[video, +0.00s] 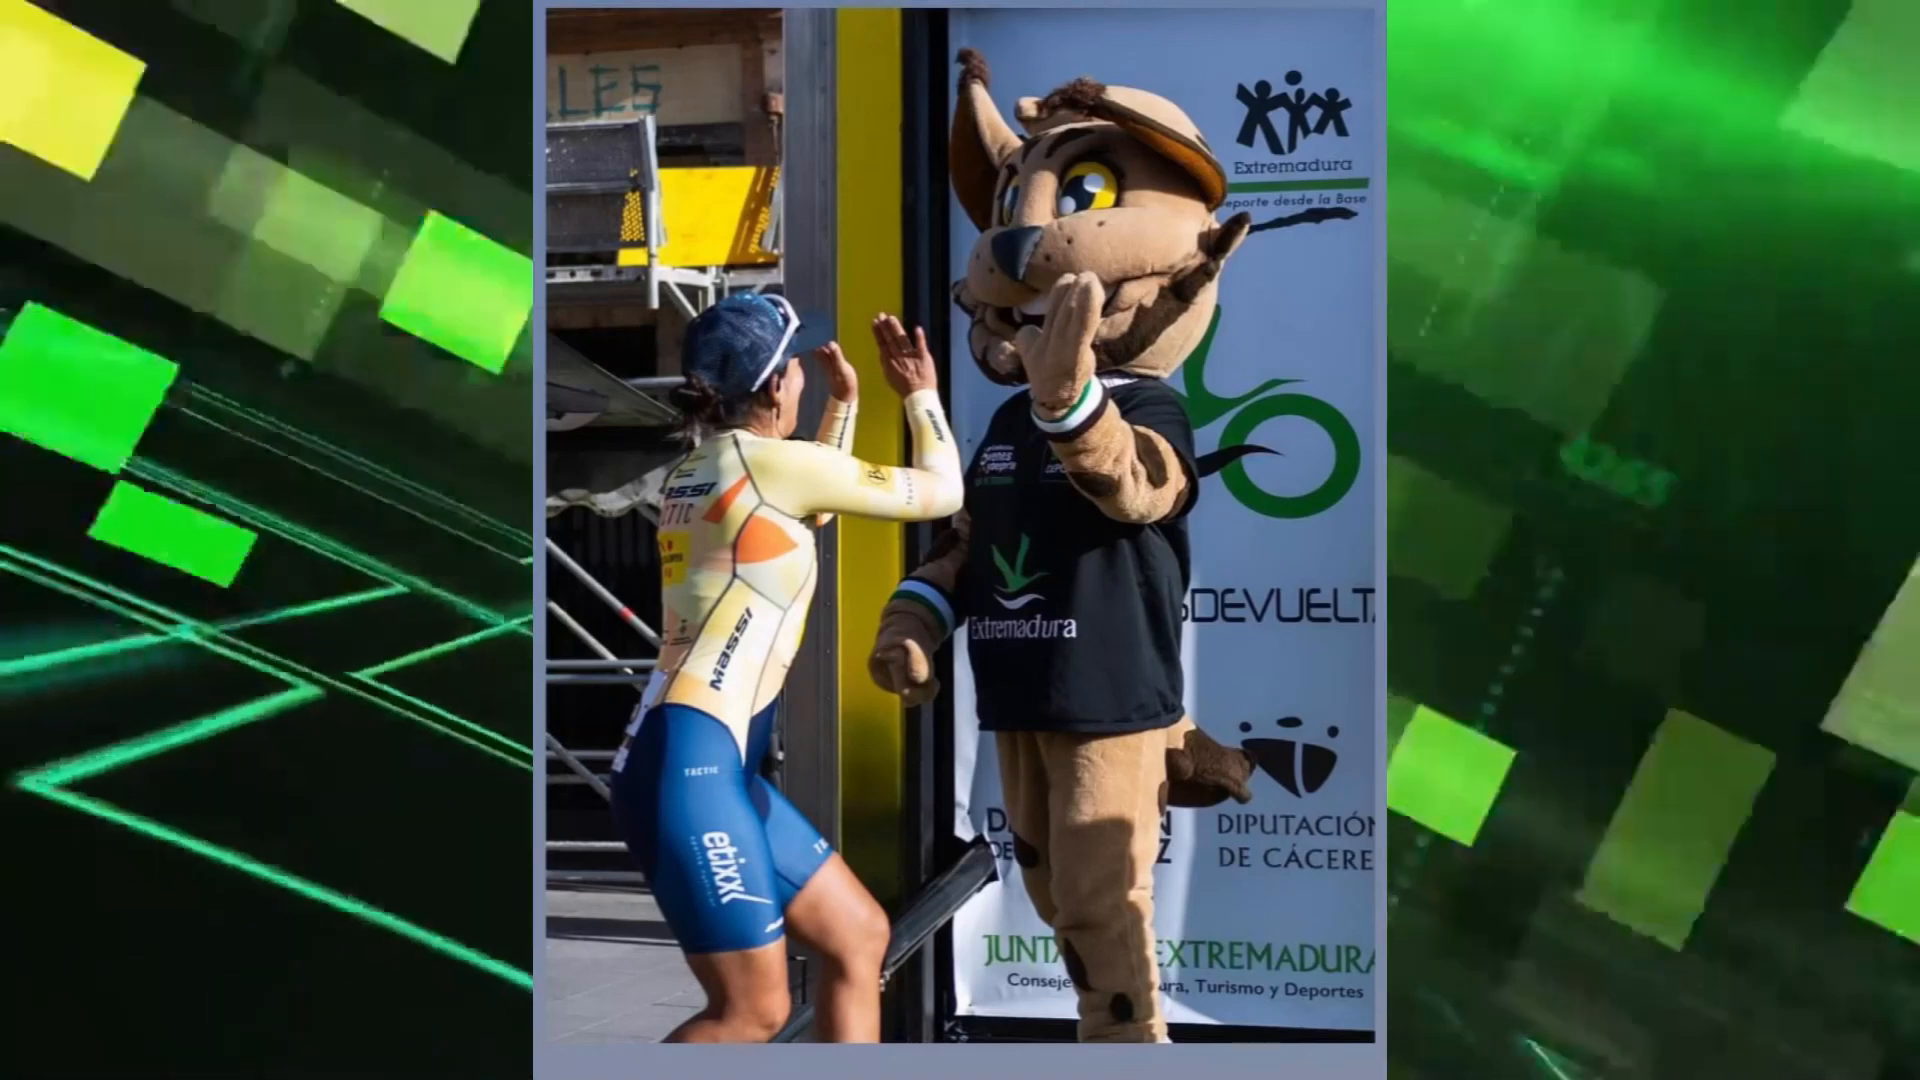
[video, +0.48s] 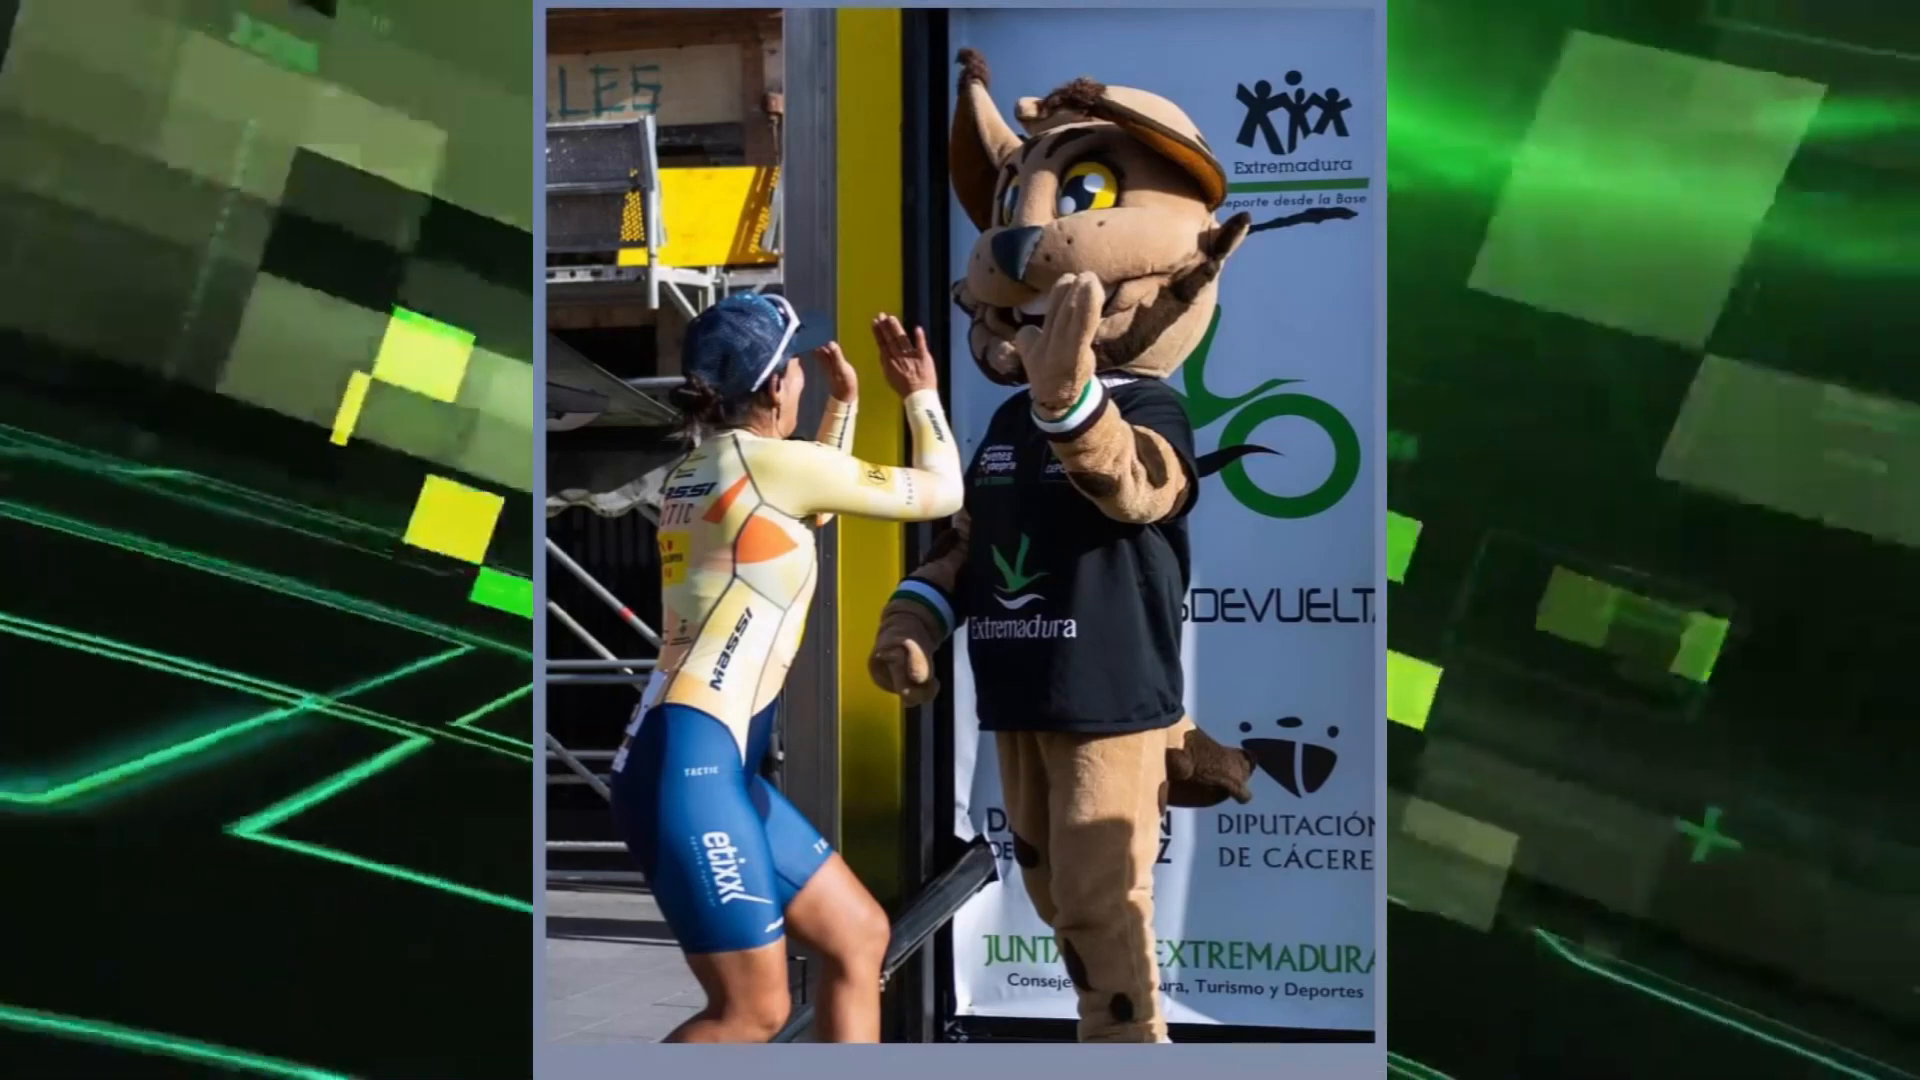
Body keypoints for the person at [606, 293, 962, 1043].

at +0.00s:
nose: (804, 376)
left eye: (800, 362)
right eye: (797, 363)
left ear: (714, 388)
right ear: (777, 380)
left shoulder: (693, 471)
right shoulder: (779, 465)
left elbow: (798, 495)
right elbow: (938, 492)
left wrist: (840, 413)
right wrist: (924, 396)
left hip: (714, 769)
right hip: (686, 774)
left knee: (860, 934)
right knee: (754, 1010)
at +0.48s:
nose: (804, 378)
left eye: (800, 363)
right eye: (797, 364)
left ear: (714, 387)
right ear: (777, 380)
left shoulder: (695, 471)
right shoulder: (779, 465)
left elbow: (801, 497)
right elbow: (939, 492)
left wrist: (841, 411)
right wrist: (924, 396)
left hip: (715, 769)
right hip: (686, 774)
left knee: (860, 933)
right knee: (754, 1009)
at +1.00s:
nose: (804, 378)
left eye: (800, 363)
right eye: (797, 365)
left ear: (715, 387)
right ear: (778, 380)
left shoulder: (694, 471)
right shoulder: (777, 465)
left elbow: (804, 498)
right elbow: (939, 492)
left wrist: (841, 411)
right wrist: (924, 396)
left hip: (714, 769)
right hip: (686, 774)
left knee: (860, 933)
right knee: (754, 1009)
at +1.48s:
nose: (803, 377)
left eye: (800, 363)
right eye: (797, 364)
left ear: (714, 387)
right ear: (777, 380)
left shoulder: (695, 471)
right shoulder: (779, 465)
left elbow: (801, 496)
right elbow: (939, 492)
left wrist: (841, 411)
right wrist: (924, 396)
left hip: (715, 769)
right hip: (686, 774)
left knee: (860, 933)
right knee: (754, 1009)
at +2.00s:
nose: (804, 377)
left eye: (800, 363)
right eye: (797, 364)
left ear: (715, 387)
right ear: (777, 380)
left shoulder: (693, 471)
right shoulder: (777, 464)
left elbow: (799, 496)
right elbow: (939, 492)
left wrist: (840, 413)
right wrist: (924, 396)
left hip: (714, 770)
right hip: (686, 774)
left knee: (860, 933)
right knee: (754, 1009)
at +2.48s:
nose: (803, 377)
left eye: (800, 363)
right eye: (797, 364)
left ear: (714, 387)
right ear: (778, 380)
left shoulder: (695, 471)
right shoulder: (779, 465)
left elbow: (801, 496)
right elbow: (938, 492)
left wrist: (841, 411)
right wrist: (924, 396)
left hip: (715, 769)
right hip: (686, 774)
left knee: (860, 933)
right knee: (754, 1009)